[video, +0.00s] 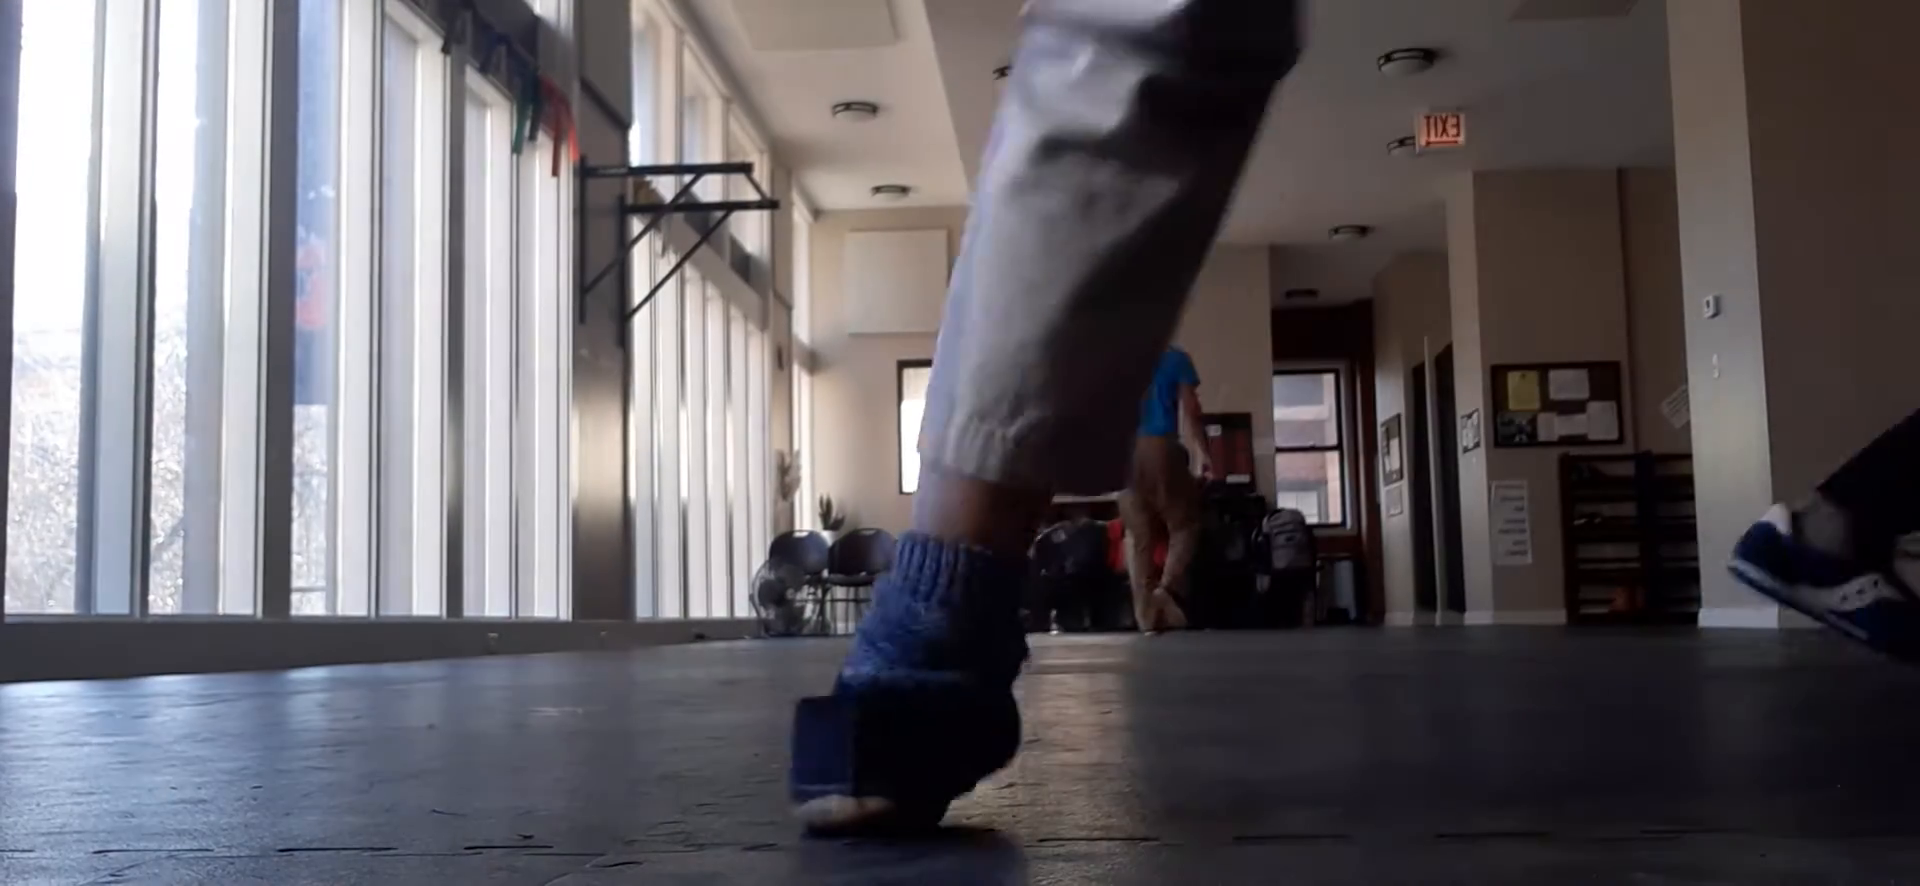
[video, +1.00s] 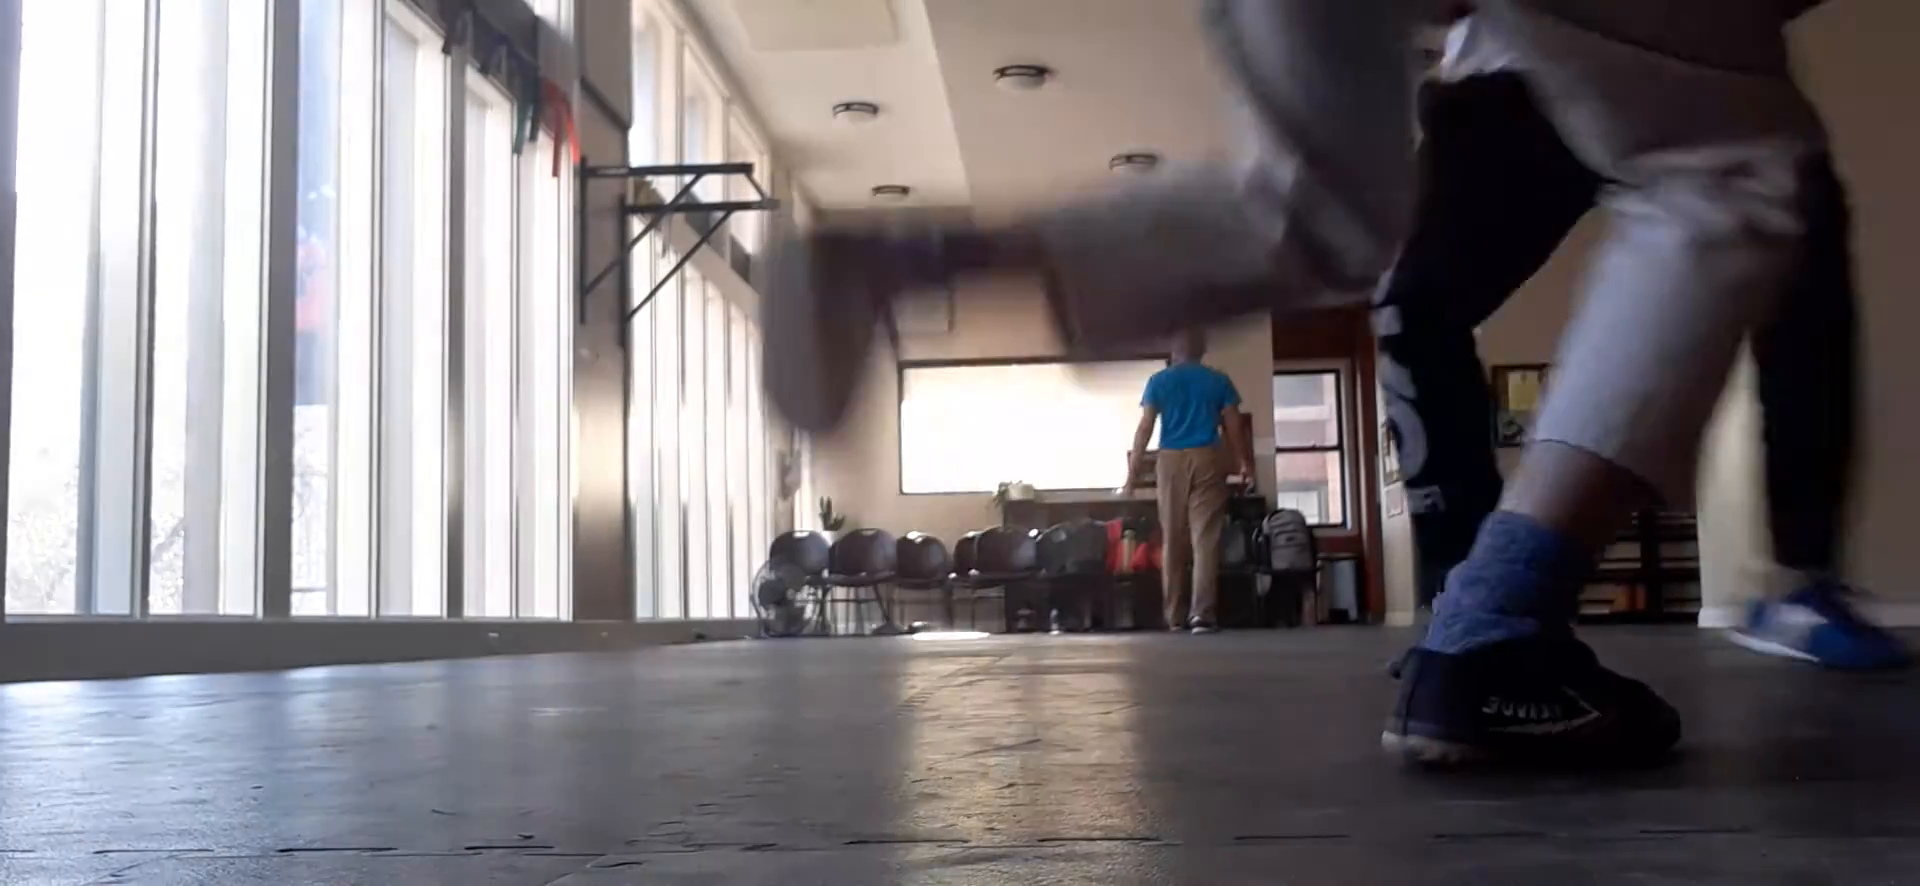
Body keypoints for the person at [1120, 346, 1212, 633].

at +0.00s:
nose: (1177, 322)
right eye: (1174, 315)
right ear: (1167, 323)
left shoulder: (1120, 359)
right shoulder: (1173, 358)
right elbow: (1188, 410)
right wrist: (1200, 451)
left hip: (1123, 451)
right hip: (1159, 449)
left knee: (1136, 535)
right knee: (1182, 524)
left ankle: (1144, 614)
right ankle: (1168, 590)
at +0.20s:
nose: (1142, 332)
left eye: (1142, 328)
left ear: (1143, 331)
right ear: (1171, 335)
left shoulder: (1123, 364)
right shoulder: (1183, 362)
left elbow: (1108, 419)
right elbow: (1197, 414)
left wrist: (1120, 451)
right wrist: (1214, 454)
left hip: (1134, 448)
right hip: (1173, 448)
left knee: (1143, 533)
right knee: (1183, 528)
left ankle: (1150, 619)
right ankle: (1197, 612)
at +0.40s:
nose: (1156, 344)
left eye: (1157, 339)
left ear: (1157, 341)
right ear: (1184, 344)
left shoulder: (1138, 373)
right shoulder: (1197, 373)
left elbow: (1124, 427)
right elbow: (1208, 423)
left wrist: (1131, 459)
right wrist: (1216, 464)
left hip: (1148, 454)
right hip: (1186, 455)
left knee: (1151, 537)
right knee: (1193, 537)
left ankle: (1151, 614)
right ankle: (1198, 614)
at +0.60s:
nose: (1167, 342)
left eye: (1169, 337)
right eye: (1172, 337)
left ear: (1172, 340)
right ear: (1197, 344)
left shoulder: (1152, 374)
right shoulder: (1211, 373)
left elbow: (1139, 430)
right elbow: (1222, 426)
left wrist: (1131, 472)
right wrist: (1233, 466)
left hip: (1164, 456)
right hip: (1201, 455)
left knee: (1155, 530)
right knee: (1202, 535)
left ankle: (1154, 586)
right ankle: (1200, 613)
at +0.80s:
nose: (1176, 346)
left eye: (1177, 341)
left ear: (1178, 343)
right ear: (1203, 346)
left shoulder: (1159, 374)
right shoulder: (1218, 375)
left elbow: (1144, 425)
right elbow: (1232, 423)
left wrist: (1133, 468)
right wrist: (1243, 463)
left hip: (1169, 454)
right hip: (1207, 453)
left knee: (1164, 533)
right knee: (1204, 535)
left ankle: (1158, 612)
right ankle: (1201, 613)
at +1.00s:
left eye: (1175, 346)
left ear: (1173, 352)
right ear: (1202, 350)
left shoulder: (1158, 381)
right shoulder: (1219, 380)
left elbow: (1145, 428)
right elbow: (1233, 426)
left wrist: (1133, 472)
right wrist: (1244, 462)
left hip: (1170, 457)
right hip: (1208, 455)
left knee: (1172, 536)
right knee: (1205, 536)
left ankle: (1173, 615)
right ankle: (1202, 614)